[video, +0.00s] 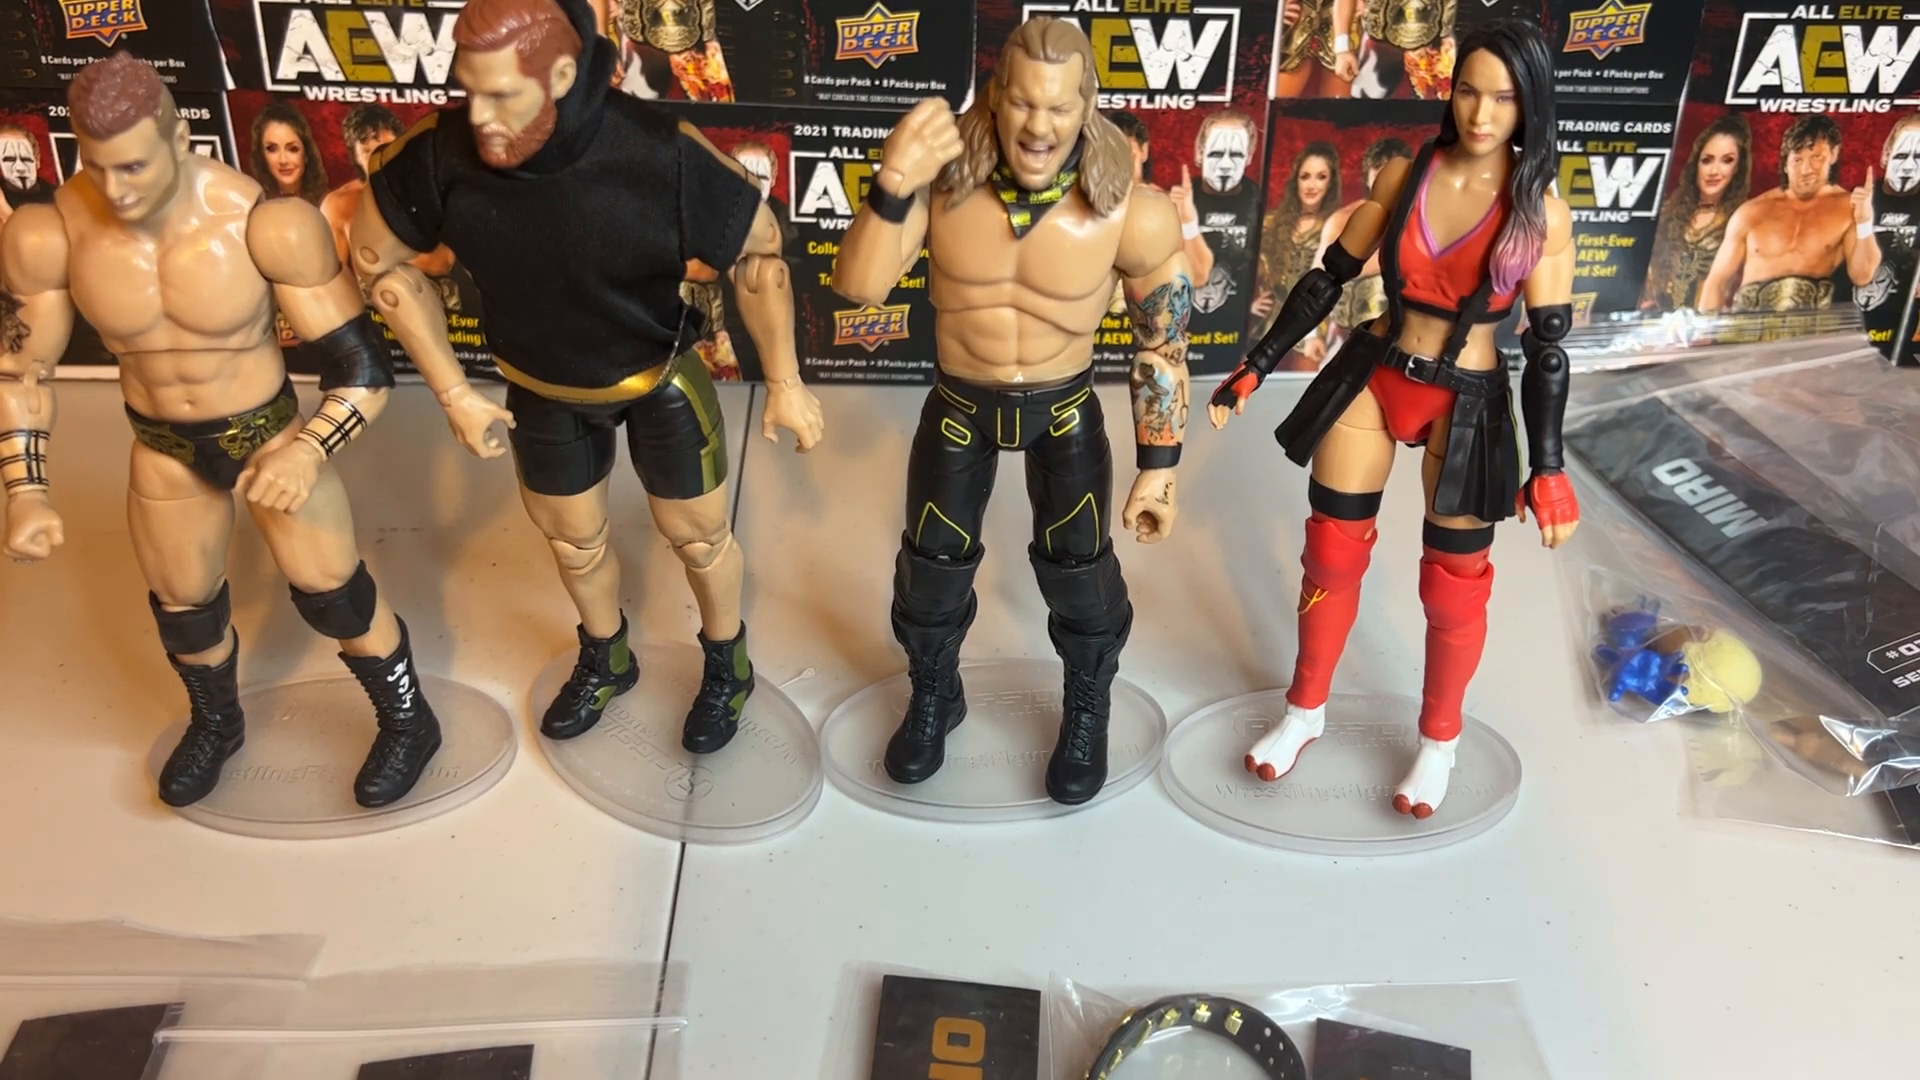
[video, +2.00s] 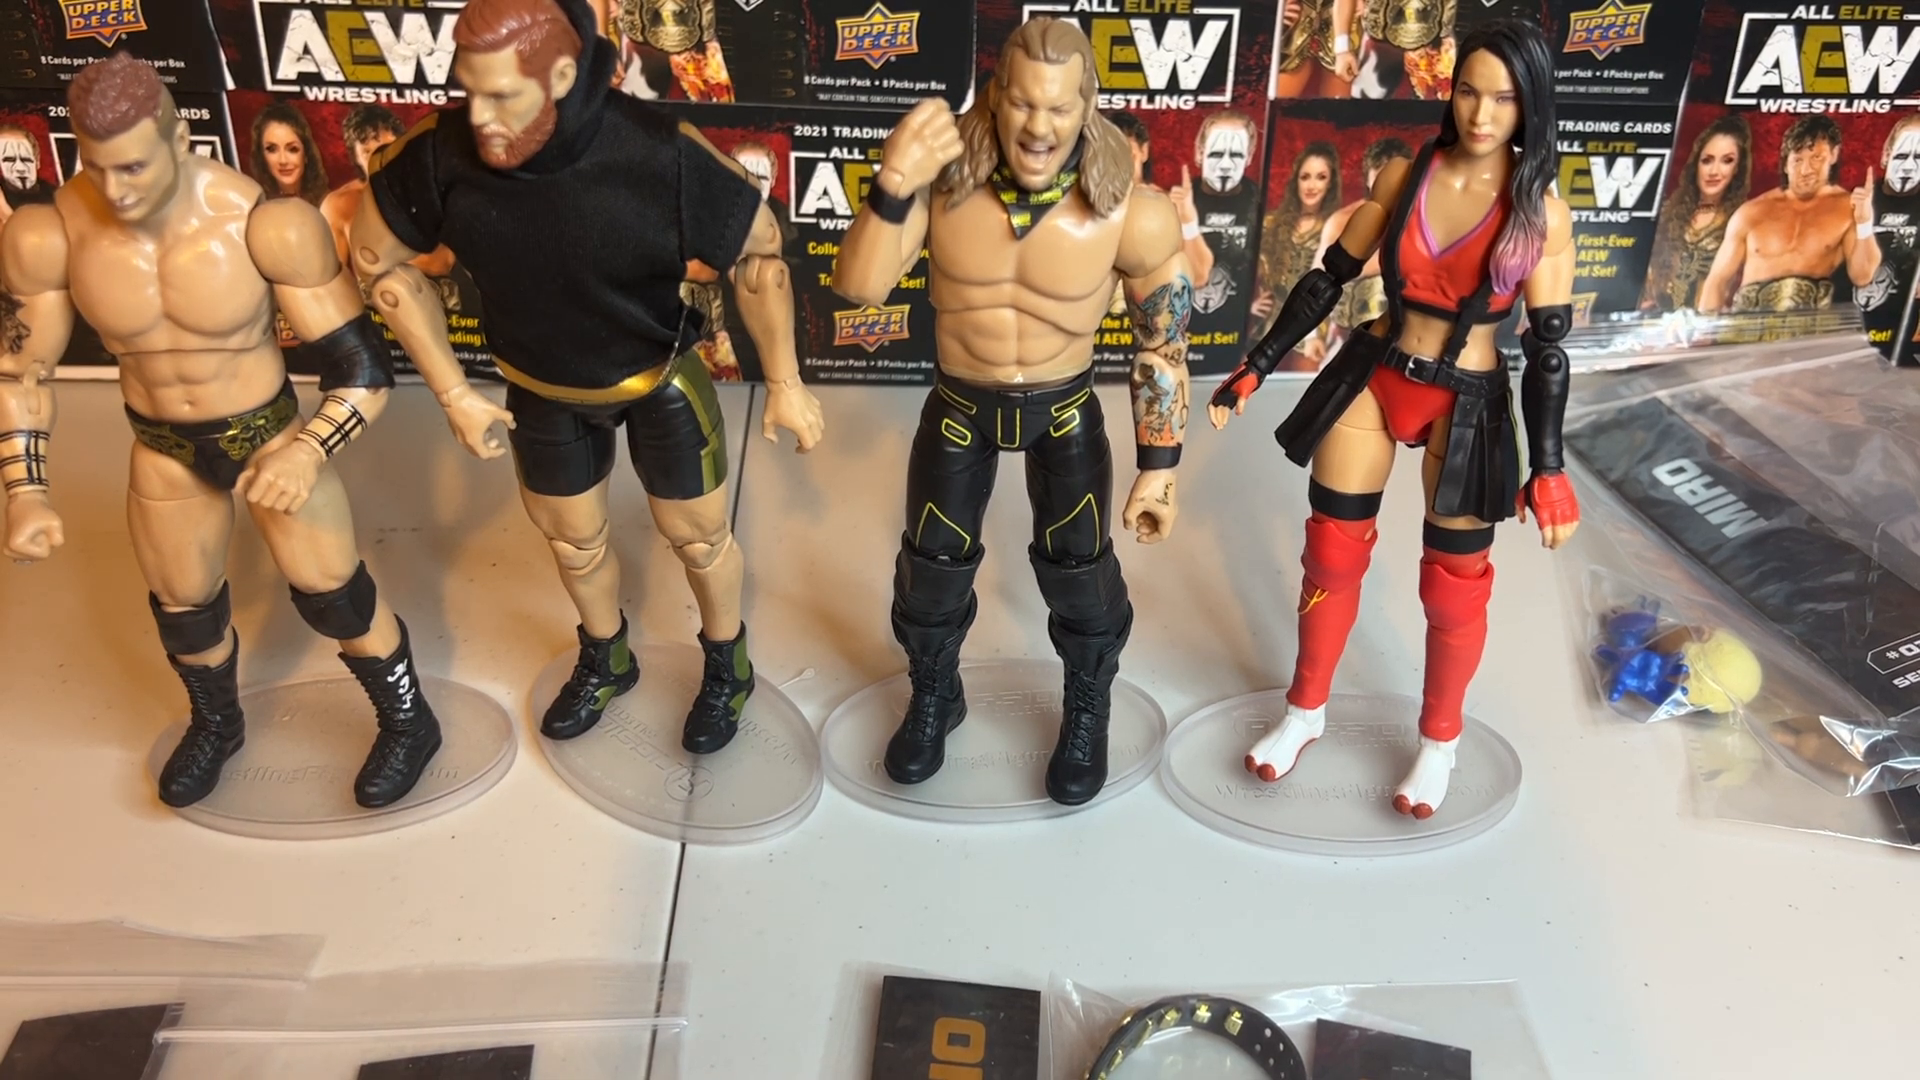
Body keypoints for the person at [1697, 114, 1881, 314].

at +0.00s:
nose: (1806, 169)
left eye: (1817, 158)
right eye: (1797, 160)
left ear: (1834, 156)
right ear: (1785, 162)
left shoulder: (1848, 206)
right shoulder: (1750, 212)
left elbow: (1862, 277)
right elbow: (1717, 281)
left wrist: (1864, 223)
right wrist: (1704, 336)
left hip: (1809, 314)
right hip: (1748, 311)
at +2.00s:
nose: (1806, 169)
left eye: (1816, 158)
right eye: (1797, 160)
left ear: (1834, 156)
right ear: (1785, 162)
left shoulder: (1847, 207)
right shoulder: (1750, 212)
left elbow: (1861, 277)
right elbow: (1718, 281)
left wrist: (1864, 223)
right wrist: (1704, 335)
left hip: (1809, 313)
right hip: (1748, 311)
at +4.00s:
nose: (1806, 169)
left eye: (1816, 158)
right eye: (1797, 160)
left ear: (1834, 156)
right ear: (1785, 163)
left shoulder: (1848, 207)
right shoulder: (1750, 212)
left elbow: (1862, 277)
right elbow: (1718, 282)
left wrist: (1864, 223)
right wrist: (1704, 336)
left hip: (1810, 316)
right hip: (1748, 314)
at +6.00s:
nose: (1806, 170)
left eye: (1817, 158)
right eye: (1798, 160)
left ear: (1834, 156)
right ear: (1785, 163)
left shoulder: (1848, 207)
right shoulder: (1751, 213)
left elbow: (1862, 277)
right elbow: (1718, 281)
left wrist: (1864, 223)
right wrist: (1704, 336)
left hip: (1810, 316)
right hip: (1748, 313)